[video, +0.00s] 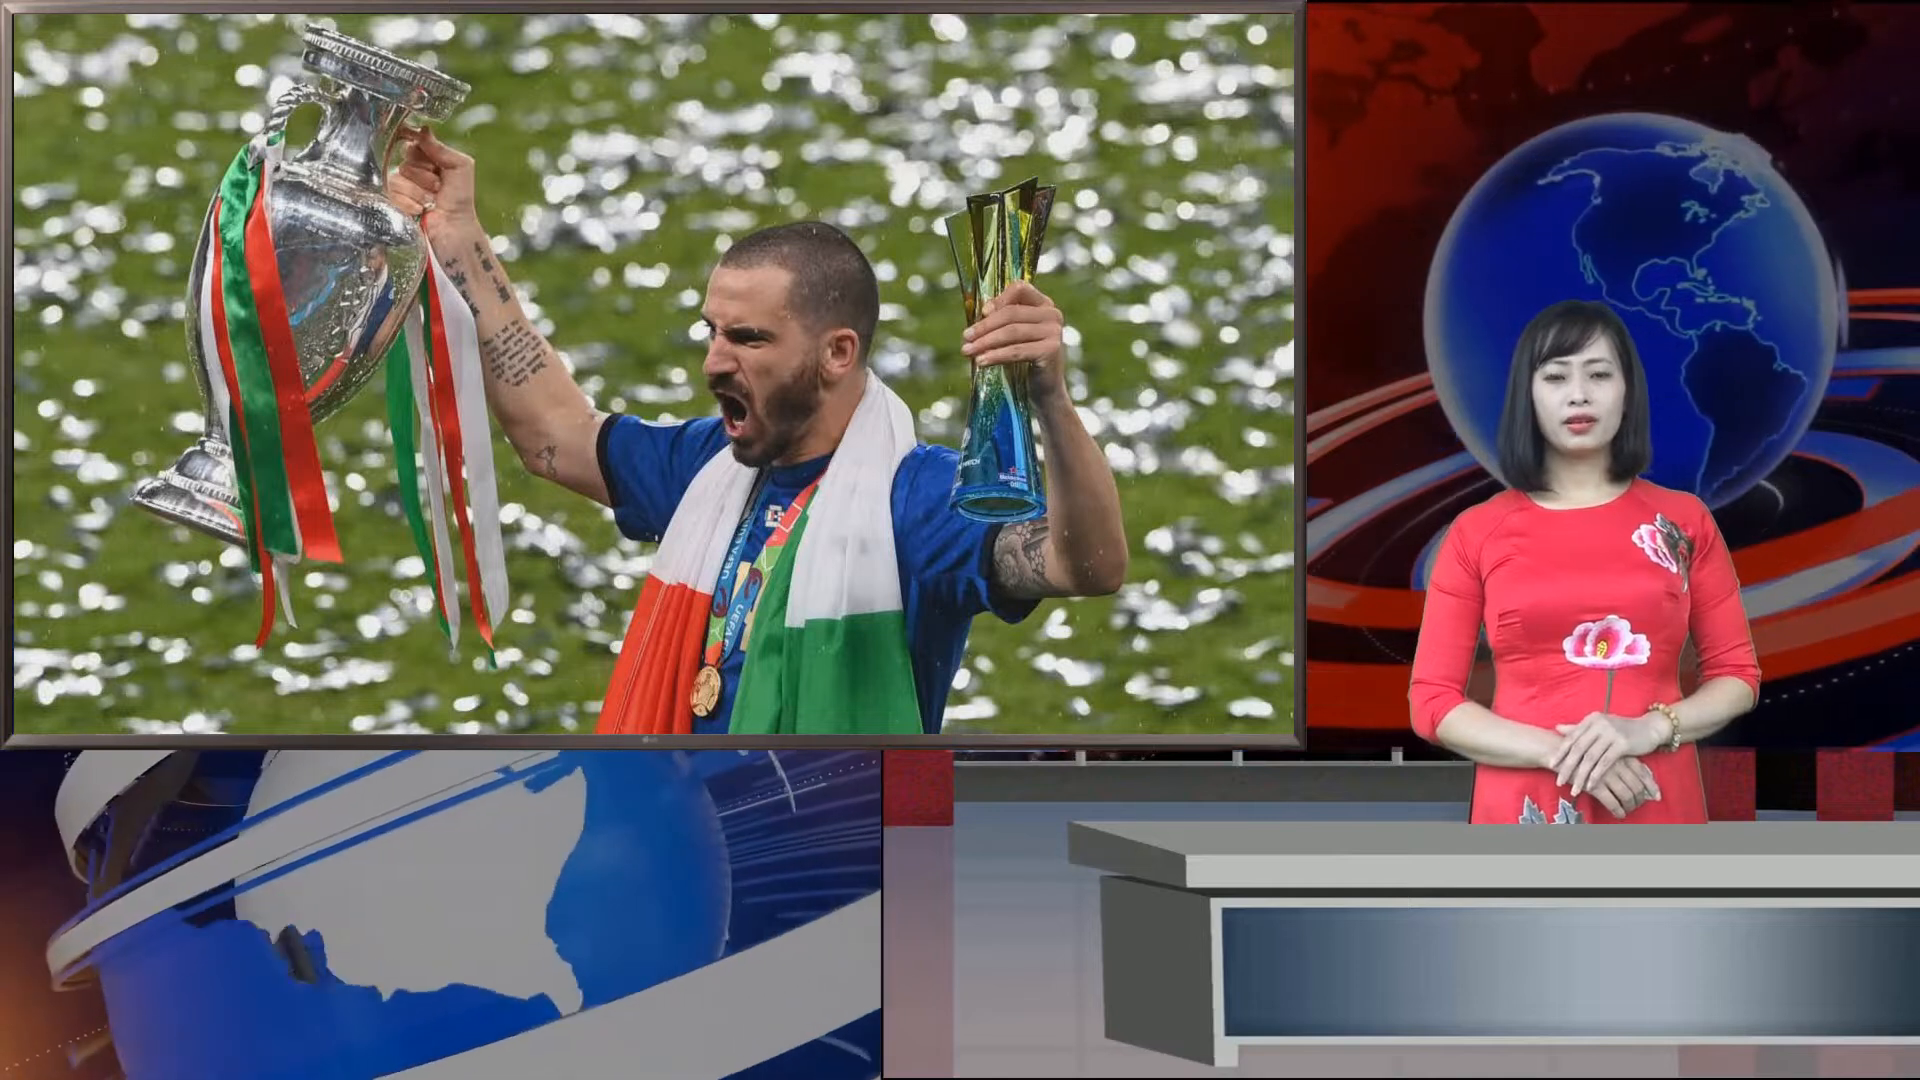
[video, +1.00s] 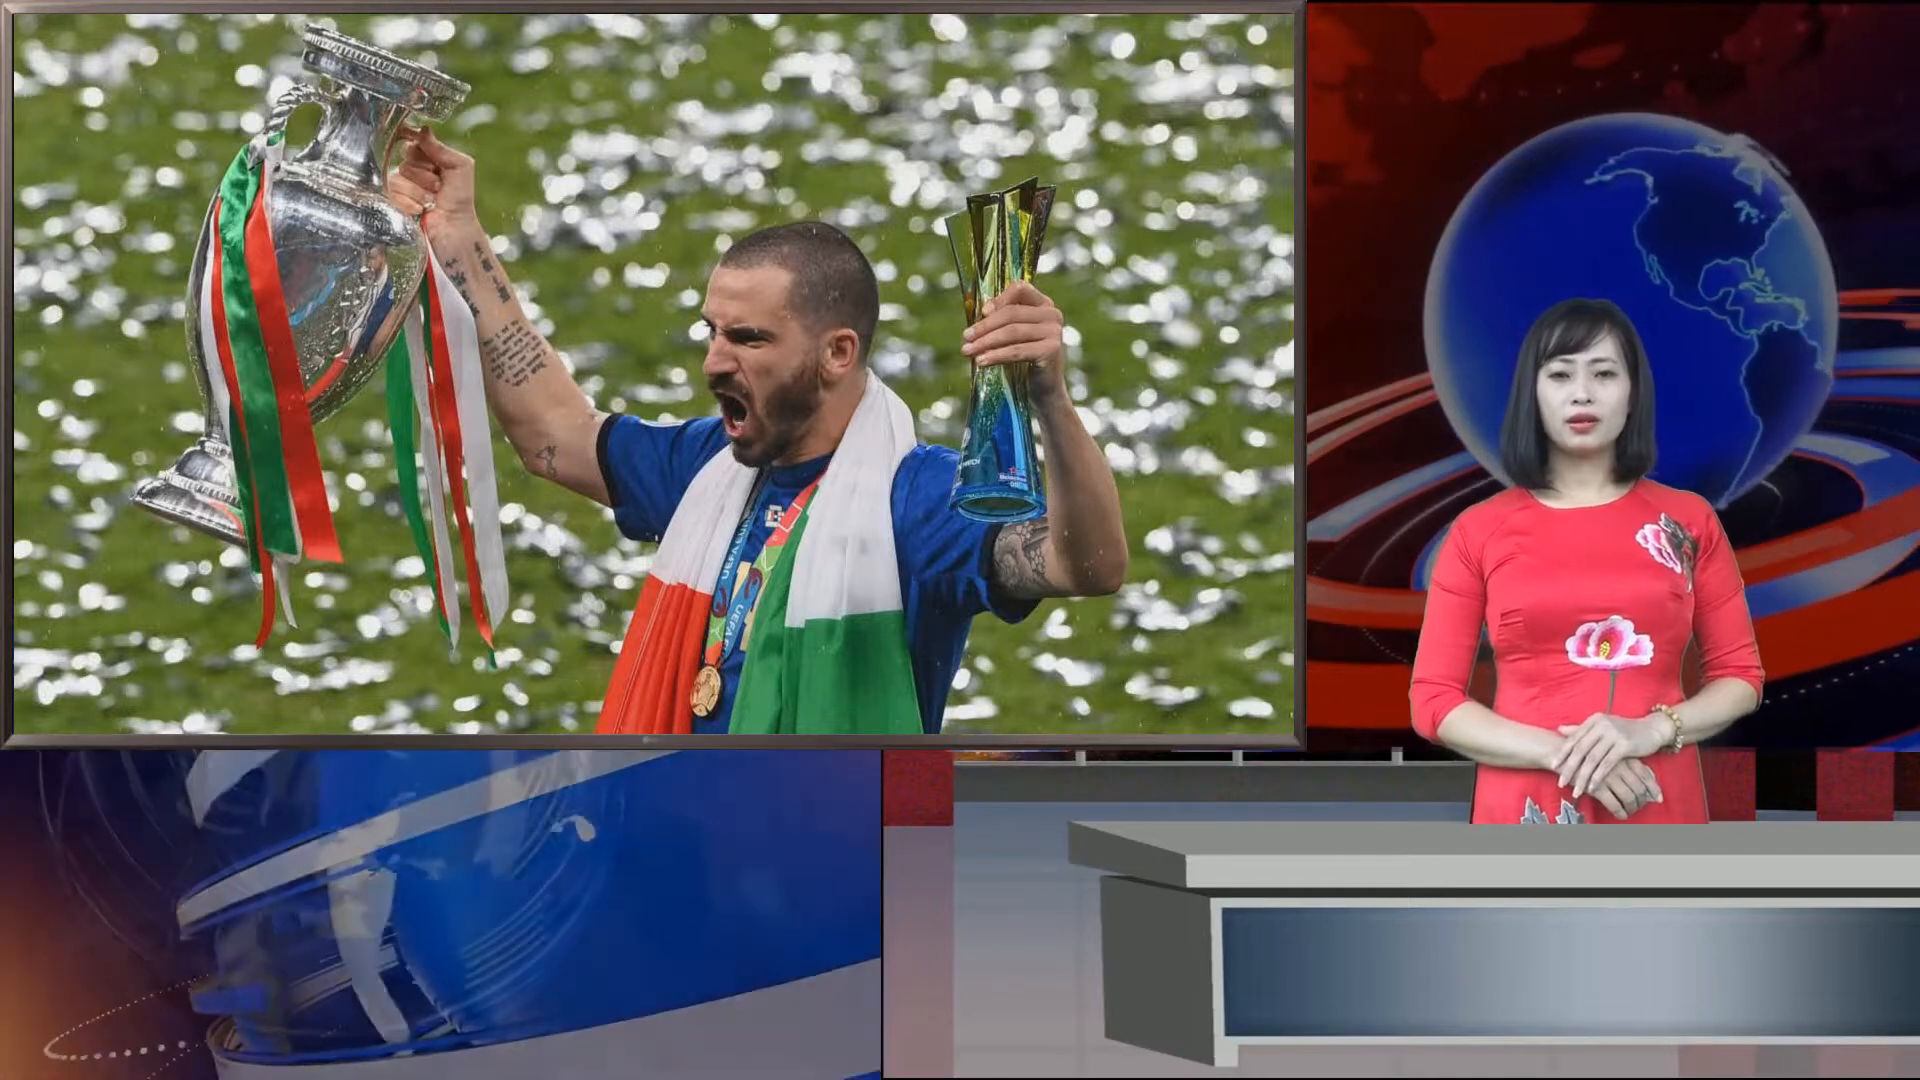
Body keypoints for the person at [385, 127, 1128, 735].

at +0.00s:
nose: (714, 362)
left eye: (747, 339)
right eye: (712, 333)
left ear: (839, 355)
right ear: (705, 327)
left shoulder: (915, 493)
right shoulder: (703, 466)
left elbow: (1089, 563)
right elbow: (557, 438)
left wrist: (1049, 399)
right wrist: (465, 254)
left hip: (830, 920)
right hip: (668, 909)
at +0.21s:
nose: (714, 362)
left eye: (747, 339)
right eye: (712, 333)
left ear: (839, 355)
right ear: (705, 327)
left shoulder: (915, 493)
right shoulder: (703, 466)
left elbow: (1089, 563)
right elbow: (557, 438)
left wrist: (1049, 399)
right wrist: (465, 254)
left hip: (831, 920)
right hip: (669, 911)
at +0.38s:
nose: (714, 362)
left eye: (747, 339)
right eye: (712, 333)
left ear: (839, 355)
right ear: (705, 328)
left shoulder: (915, 493)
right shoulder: (703, 466)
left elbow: (1089, 563)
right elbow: (557, 438)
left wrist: (1049, 399)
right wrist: (465, 254)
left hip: (833, 920)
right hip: (670, 908)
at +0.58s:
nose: (713, 362)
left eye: (747, 339)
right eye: (712, 333)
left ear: (839, 355)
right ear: (705, 328)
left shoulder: (915, 493)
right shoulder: (703, 466)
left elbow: (1089, 563)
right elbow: (557, 438)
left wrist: (1049, 399)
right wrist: (465, 253)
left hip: (832, 913)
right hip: (668, 903)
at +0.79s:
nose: (714, 362)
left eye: (747, 339)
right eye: (712, 333)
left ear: (839, 355)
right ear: (705, 327)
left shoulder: (915, 493)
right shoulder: (703, 466)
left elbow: (1089, 563)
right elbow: (557, 438)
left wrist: (1049, 399)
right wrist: (465, 254)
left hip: (832, 899)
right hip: (667, 892)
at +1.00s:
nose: (714, 362)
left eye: (747, 339)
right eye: (712, 334)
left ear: (839, 355)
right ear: (705, 328)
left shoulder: (915, 493)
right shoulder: (703, 466)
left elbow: (1089, 563)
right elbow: (557, 438)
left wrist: (1049, 399)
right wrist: (465, 254)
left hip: (826, 896)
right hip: (670, 889)